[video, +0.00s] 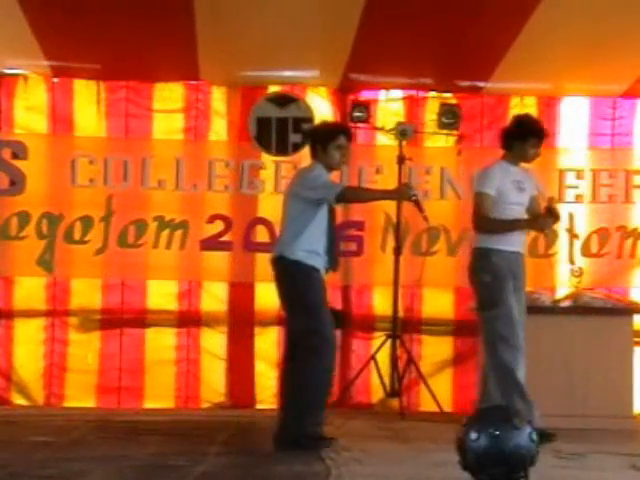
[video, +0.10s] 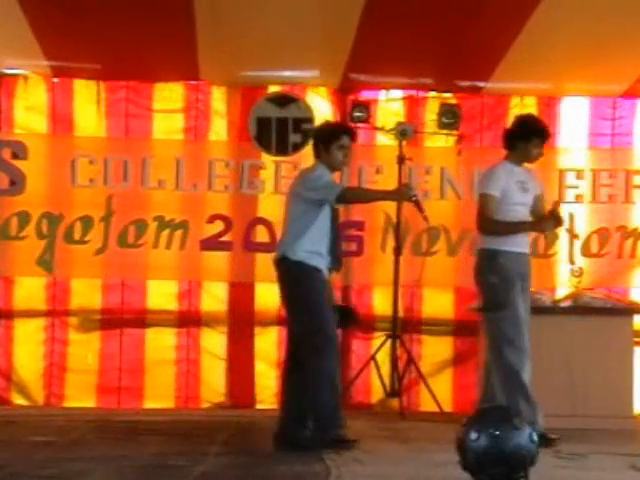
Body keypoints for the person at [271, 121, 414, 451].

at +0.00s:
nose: (344, 155)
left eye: (346, 149)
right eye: (338, 148)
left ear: (340, 152)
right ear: (320, 149)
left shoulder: (316, 178)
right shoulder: (311, 176)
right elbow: (347, 195)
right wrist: (394, 194)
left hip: (303, 267)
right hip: (297, 266)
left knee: (307, 343)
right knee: (319, 342)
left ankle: (296, 429)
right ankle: (302, 431)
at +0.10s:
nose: (346, 156)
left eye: (348, 150)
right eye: (341, 149)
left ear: (342, 152)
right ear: (323, 149)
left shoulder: (320, 181)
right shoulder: (313, 177)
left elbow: (317, 247)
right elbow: (347, 195)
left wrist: (330, 301)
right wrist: (395, 194)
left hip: (307, 268)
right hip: (300, 266)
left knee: (307, 347)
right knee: (321, 345)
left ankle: (295, 428)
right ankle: (325, 428)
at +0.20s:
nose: (351, 156)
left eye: (353, 150)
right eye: (346, 149)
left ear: (349, 152)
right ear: (329, 149)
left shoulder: (330, 184)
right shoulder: (318, 178)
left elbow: (329, 242)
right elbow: (348, 198)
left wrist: (338, 283)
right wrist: (396, 196)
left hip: (316, 270)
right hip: (305, 268)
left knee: (308, 349)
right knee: (325, 347)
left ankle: (291, 431)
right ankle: (348, 431)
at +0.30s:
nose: (355, 156)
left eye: (357, 150)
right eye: (349, 149)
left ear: (355, 153)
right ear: (332, 149)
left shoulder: (334, 185)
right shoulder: (321, 180)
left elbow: (334, 248)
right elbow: (352, 199)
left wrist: (347, 289)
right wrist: (399, 198)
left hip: (323, 272)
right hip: (311, 270)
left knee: (310, 351)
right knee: (328, 350)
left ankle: (292, 431)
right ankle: (352, 433)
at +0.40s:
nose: (362, 155)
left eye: (364, 149)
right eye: (356, 149)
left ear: (363, 151)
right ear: (339, 149)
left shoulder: (340, 182)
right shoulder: (330, 179)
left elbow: (338, 245)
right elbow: (357, 202)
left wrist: (352, 285)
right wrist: (402, 202)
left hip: (331, 274)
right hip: (321, 272)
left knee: (317, 352)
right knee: (335, 352)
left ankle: (293, 431)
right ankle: (354, 436)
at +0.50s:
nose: (368, 153)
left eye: (370, 147)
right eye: (362, 147)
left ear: (368, 149)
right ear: (345, 148)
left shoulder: (346, 180)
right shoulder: (336, 176)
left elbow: (341, 241)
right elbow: (357, 204)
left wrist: (356, 282)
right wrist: (405, 203)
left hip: (337, 273)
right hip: (327, 272)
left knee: (324, 352)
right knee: (341, 353)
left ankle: (294, 429)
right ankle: (355, 436)